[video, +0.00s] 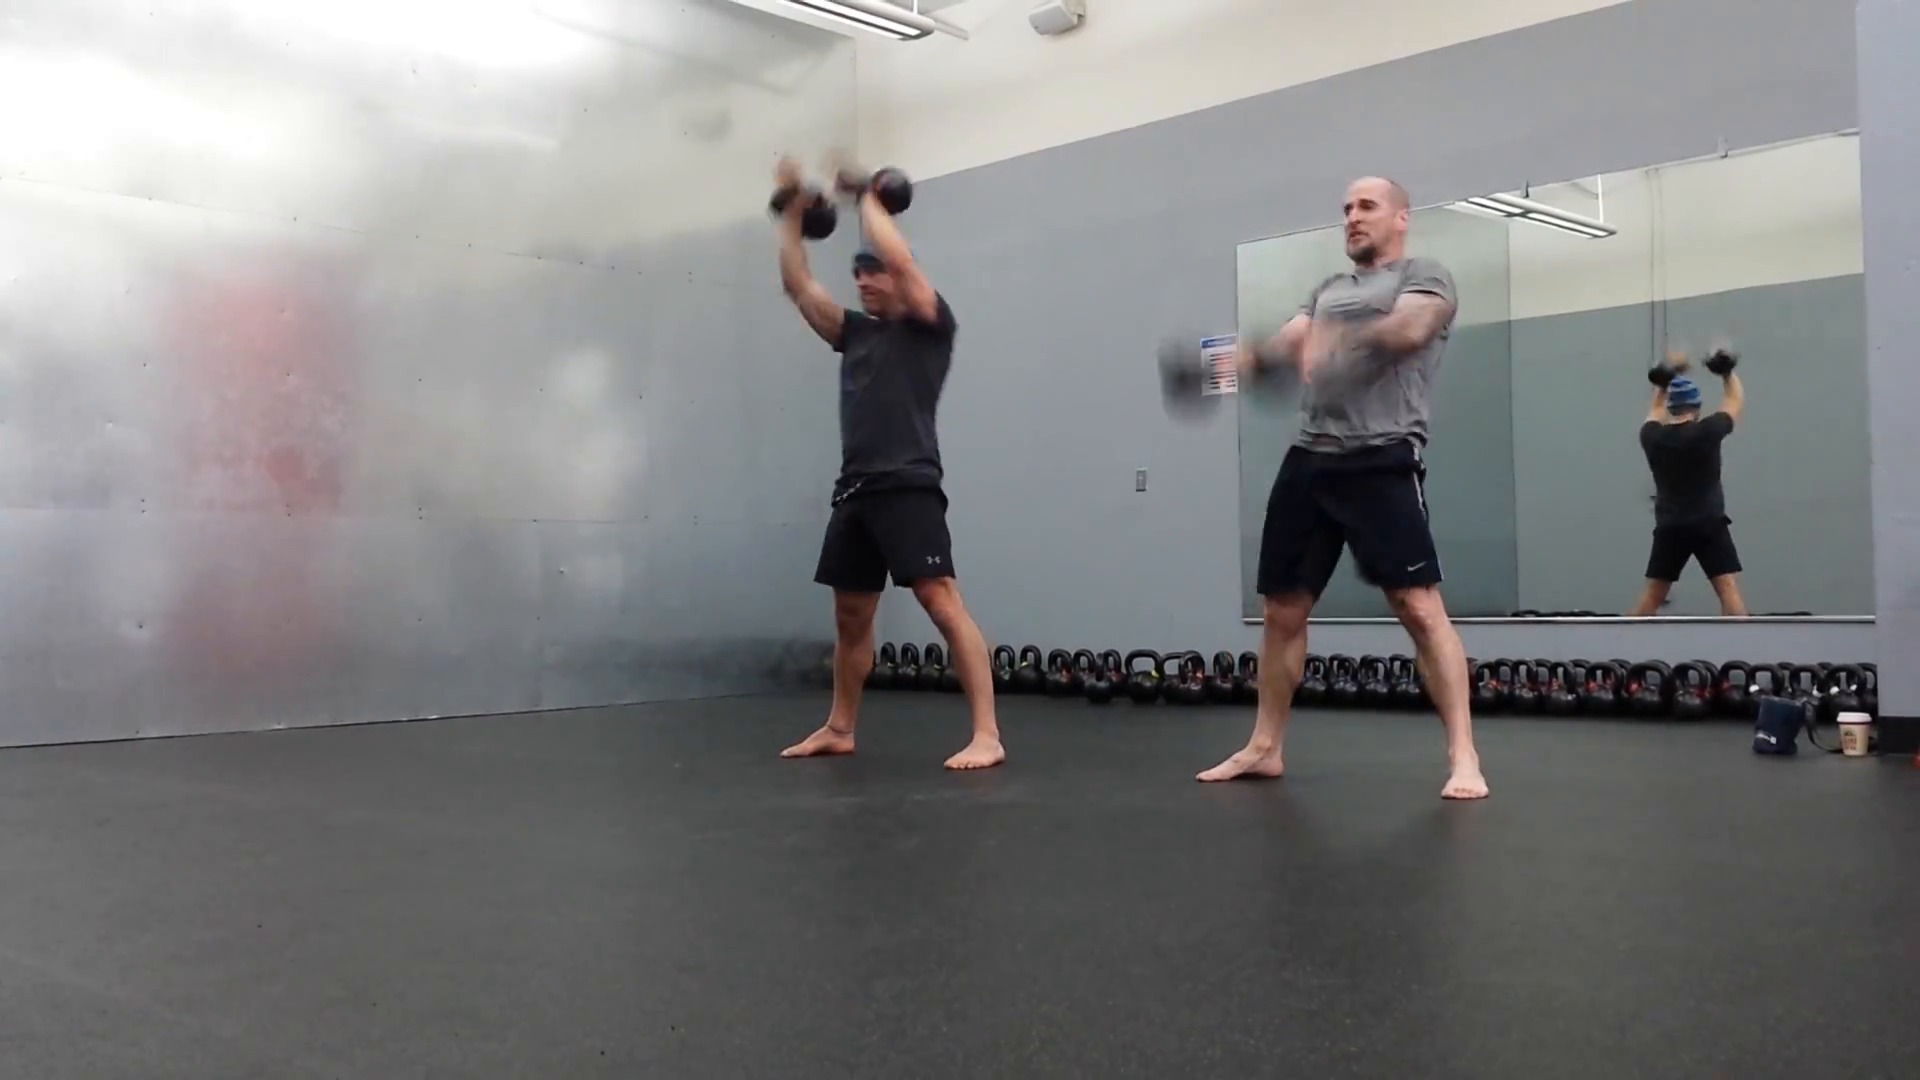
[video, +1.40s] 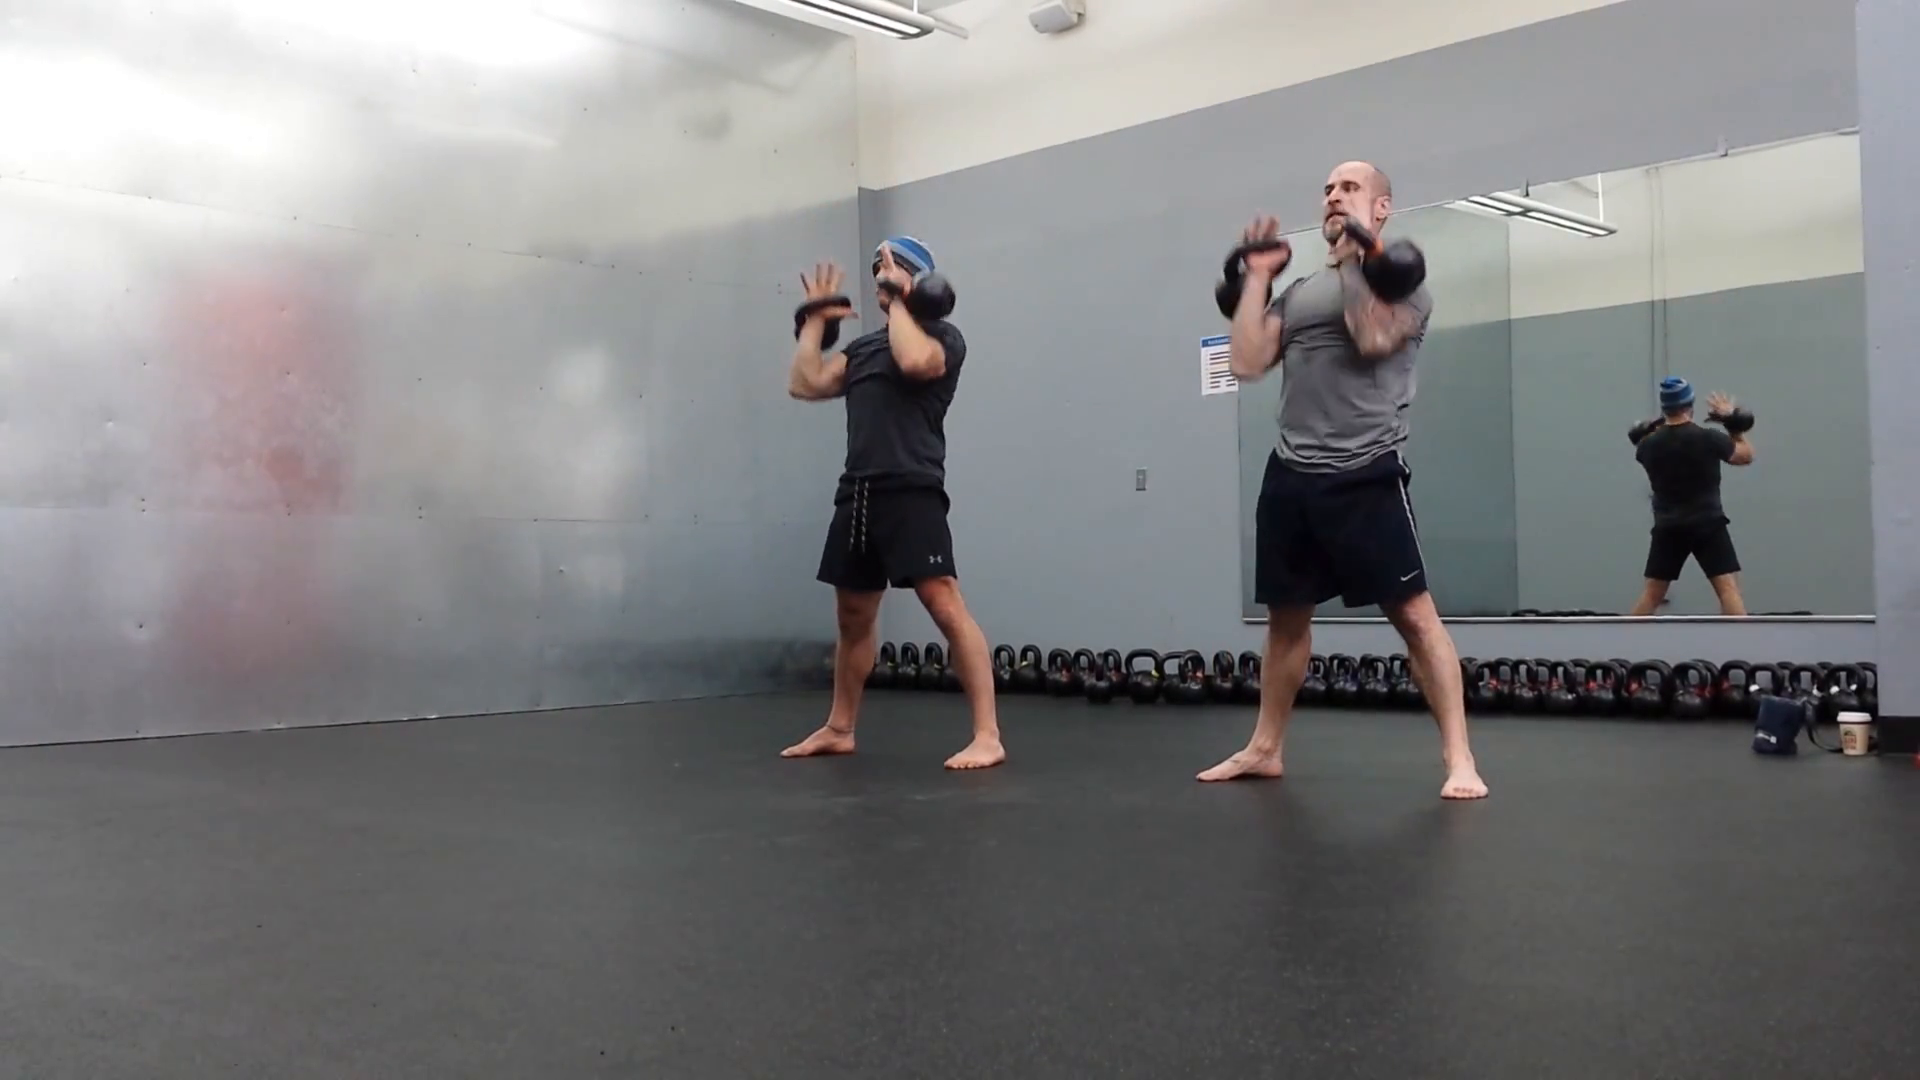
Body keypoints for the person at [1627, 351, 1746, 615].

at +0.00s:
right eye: (1696, 404)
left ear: (1669, 407)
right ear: (1697, 406)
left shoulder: (1652, 437)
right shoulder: (1709, 431)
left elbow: (1656, 408)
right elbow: (1734, 401)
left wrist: (1660, 382)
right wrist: (1727, 371)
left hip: (1670, 528)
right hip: (1708, 525)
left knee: (1652, 597)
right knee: (1728, 593)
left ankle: (1622, 651)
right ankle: (1746, 651)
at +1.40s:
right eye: (1689, 403)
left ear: (1662, 407)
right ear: (1689, 405)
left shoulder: (1648, 446)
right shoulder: (1707, 438)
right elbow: (1745, 456)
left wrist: (1649, 433)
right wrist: (1733, 424)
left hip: (1668, 529)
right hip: (1707, 526)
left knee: (1651, 596)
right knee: (1727, 592)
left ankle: (1622, 647)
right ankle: (1746, 647)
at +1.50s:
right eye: (1692, 403)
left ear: (1663, 407)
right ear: (1691, 405)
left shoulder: (1647, 444)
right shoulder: (1708, 439)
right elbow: (1740, 466)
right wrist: (1727, 432)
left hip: (1668, 529)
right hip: (1708, 526)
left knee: (1652, 595)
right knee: (1728, 591)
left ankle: (1623, 647)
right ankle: (1747, 647)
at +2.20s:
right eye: (1693, 403)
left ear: (1666, 405)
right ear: (1694, 405)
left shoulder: (1644, 440)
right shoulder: (1710, 435)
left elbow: (1647, 480)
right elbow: (1730, 478)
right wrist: (1739, 466)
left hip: (1659, 529)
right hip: (1700, 527)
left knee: (1645, 593)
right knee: (1728, 589)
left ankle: (1626, 647)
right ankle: (1746, 647)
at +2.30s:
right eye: (1694, 412)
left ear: (1666, 412)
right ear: (1694, 413)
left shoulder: (1643, 443)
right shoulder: (1709, 440)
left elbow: (1641, 484)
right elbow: (1728, 482)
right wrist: (1734, 502)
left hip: (1654, 532)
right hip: (1696, 530)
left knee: (1641, 594)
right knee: (1731, 588)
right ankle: (1746, 646)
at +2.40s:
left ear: (1673, 424)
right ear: (1700, 425)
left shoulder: (1649, 453)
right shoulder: (1714, 450)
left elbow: (1645, 497)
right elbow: (1724, 502)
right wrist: (1720, 537)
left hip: (1653, 534)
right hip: (1695, 532)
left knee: (1637, 595)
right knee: (1735, 588)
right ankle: (1750, 644)